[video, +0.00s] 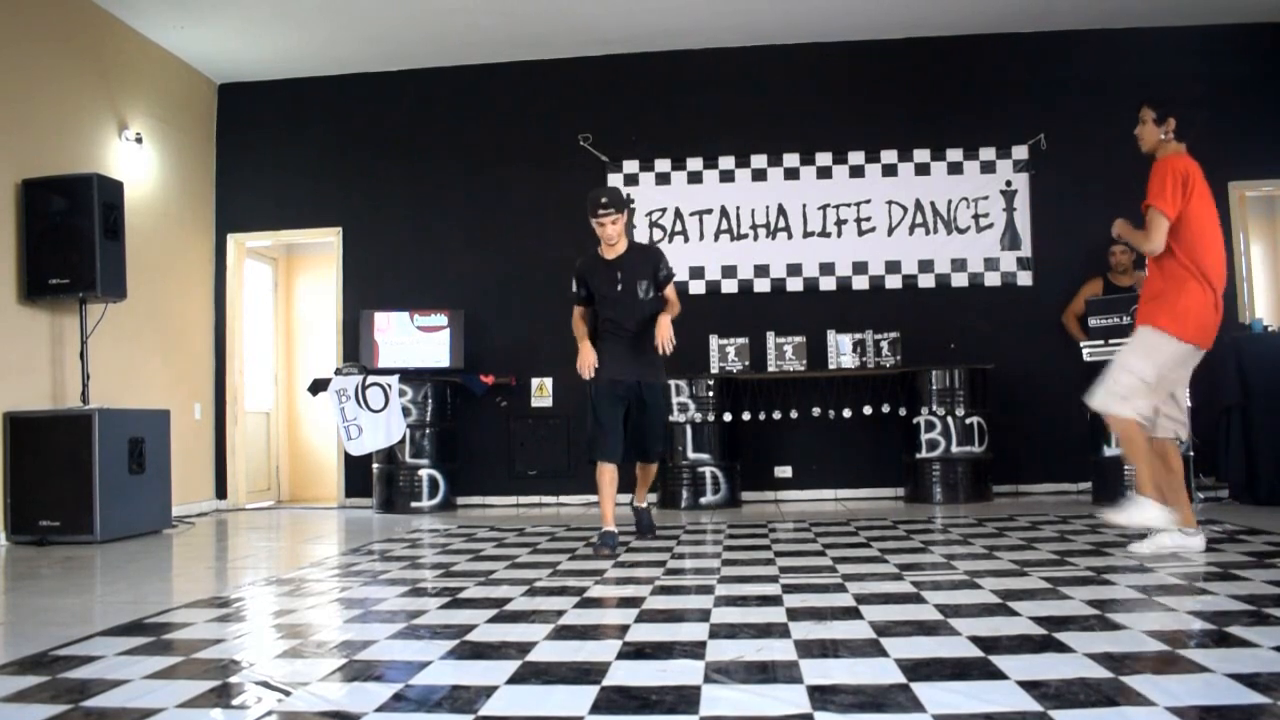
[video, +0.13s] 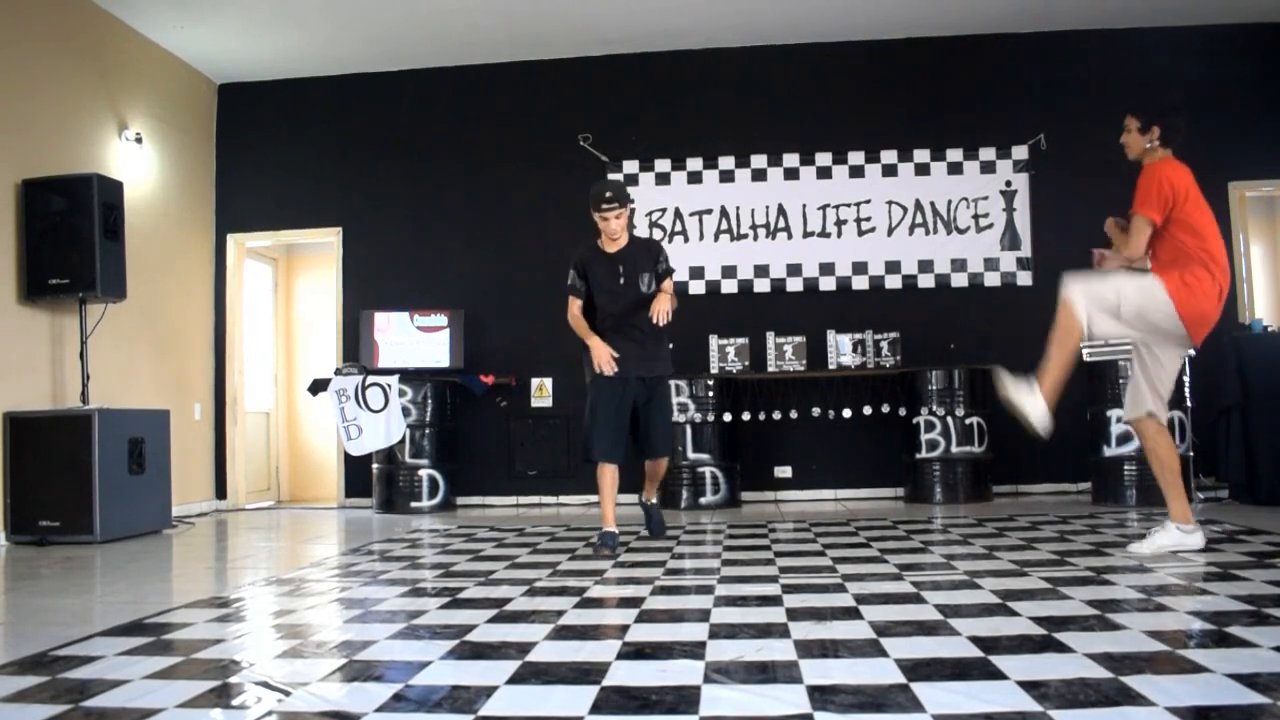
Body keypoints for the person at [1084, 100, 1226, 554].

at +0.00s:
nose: (1136, 131)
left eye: (1142, 122)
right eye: (1137, 123)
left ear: (1167, 126)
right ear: (1166, 127)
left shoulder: (1170, 166)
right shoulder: (1184, 169)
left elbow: (1153, 241)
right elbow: (1182, 249)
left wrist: (1124, 230)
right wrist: (1144, 248)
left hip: (1175, 310)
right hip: (1194, 315)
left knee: (1114, 399)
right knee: (1157, 425)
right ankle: (1184, 528)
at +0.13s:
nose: (1122, 139)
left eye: (1128, 131)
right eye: (1123, 131)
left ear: (1153, 134)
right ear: (1153, 135)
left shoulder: (1158, 172)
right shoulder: (1170, 174)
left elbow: (1133, 250)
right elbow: (1168, 258)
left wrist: (1116, 233)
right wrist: (1120, 260)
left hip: (1183, 292)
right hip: (1191, 305)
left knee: (1076, 289)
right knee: (1144, 412)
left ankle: (1041, 398)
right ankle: (1183, 525)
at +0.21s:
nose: (1111, 148)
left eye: (1116, 140)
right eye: (1112, 140)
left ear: (1140, 144)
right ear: (1143, 145)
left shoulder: (1142, 184)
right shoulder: (1163, 180)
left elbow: (1112, 257)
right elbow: (1130, 261)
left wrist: (1075, 307)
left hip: (1182, 283)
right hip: (1165, 308)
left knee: (1101, 211)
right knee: (1127, 408)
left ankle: (1026, 298)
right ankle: (1175, 516)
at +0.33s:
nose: (1105, 166)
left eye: (1105, 158)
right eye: (1104, 159)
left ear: (1114, 157)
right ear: (1145, 150)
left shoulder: (1171, 177)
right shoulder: (1114, 216)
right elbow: (1109, 282)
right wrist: (1116, 276)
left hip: (1181, 282)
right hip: (1143, 314)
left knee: (1164, 170)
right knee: (1104, 408)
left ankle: (1058, 223)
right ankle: (1159, 510)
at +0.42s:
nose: (1109, 168)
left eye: (1107, 161)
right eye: (1111, 162)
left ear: (1111, 162)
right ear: (1149, 152)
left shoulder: (1175, 181)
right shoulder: (1124, 211)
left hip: (1186, 288)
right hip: (1148, 318)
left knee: (1146, 179)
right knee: (1106, 409)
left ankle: (1073, 262)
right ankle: (1164, 511)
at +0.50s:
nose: (1104, 153)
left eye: (1106, 146)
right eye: (1104, 146)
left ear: (1125, 149)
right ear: (1148, 147)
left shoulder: (1138, 192)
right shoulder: (1182, 181)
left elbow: (1120, 266)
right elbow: (1227, 233)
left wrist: (1095, 295)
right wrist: (1197, 266)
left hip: (1180, 290)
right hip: (1165, 313)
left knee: (1113, 204)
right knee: (1127, 411)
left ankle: (1097, 311)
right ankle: (1177, 518)